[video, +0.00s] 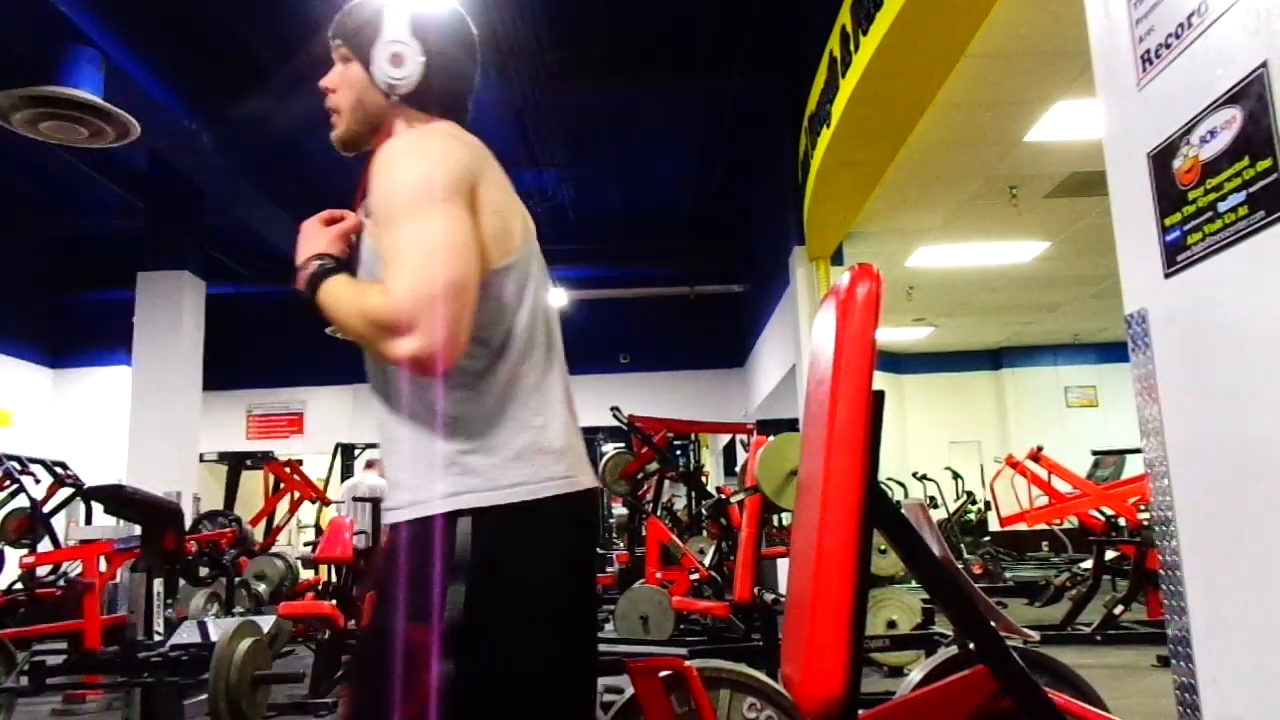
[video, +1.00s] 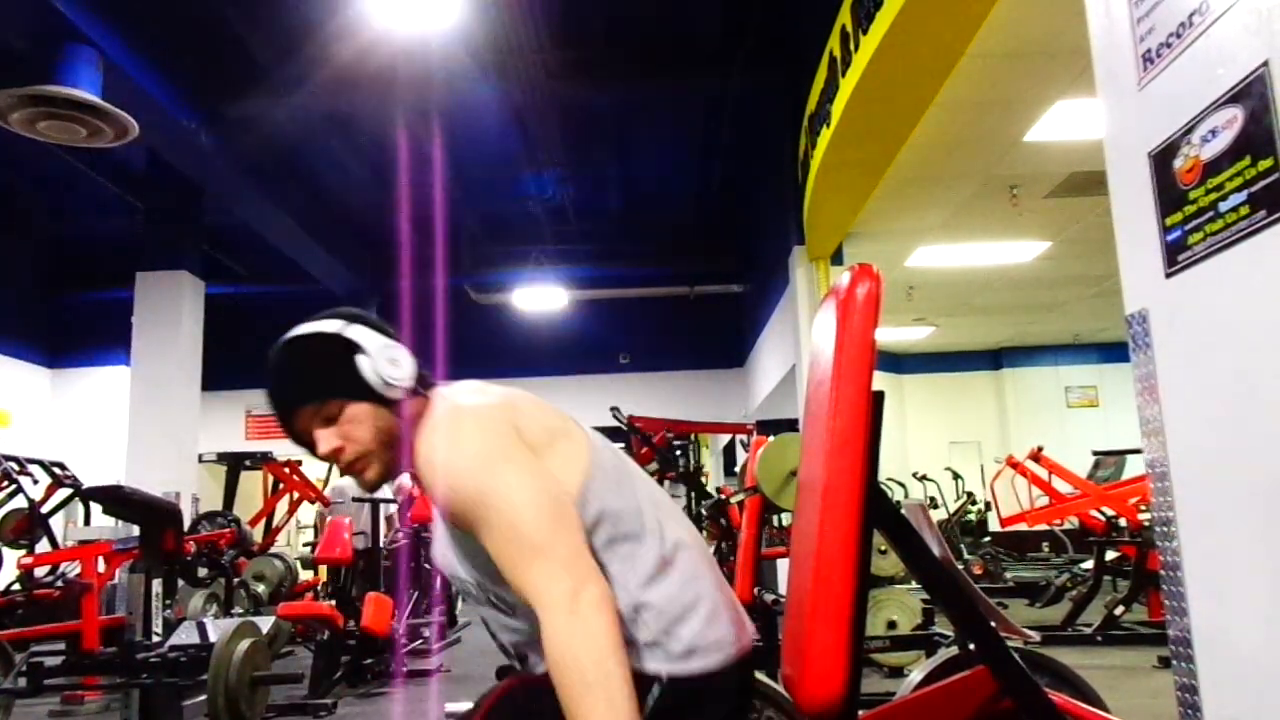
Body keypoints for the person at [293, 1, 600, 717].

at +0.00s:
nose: (323, 81)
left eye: (341, 62)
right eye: (329, 63)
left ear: (396, 66)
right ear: (402, 70)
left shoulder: (419, 155)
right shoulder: (468, 160)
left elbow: (426, 330)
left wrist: (318, 274)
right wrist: (376, 244)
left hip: (476, 518)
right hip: (531, 509)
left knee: (433, 708)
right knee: (529, 707)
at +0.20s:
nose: (330, 88)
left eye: (350, 67)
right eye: (331, 70)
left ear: (408, 69)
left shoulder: (447, 156)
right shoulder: (429, 172)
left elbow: (483, 333)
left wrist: (341, 316)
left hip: (544, 509)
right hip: (512, 508)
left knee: (532, 706)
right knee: (496, 702)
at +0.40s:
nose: (305, 186)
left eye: (318, 156)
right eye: (298, 167)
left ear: (377, 138)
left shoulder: (442, 200)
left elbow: (523, 374)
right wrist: (389, 524)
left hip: (594, 507)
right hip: (558, 513)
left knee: (543, 705)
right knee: (507, 701)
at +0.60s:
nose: (281, 339)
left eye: (287, 307)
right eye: (267, 325)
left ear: (330, 272)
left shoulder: (420, 307)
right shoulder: (408, 338)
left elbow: (561, 436)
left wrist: (524, 642)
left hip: (655, 528)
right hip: (601, 536)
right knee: (541, 703)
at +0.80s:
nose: (292, 429)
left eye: (294, 397)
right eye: (274, 421)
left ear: (334, 355)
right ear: (268, 430)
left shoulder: (422, 390)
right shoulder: (410, 405)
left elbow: (563, 522)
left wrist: (584, 698)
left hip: (659, 594)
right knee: (474, 712)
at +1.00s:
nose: (327, 448)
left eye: (332, 416)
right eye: (310, 437)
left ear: (379, 379)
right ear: (306, 445)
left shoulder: (462, 433)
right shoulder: (447, 438)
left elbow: (577, 603)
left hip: (683, 673)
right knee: (502, 700)